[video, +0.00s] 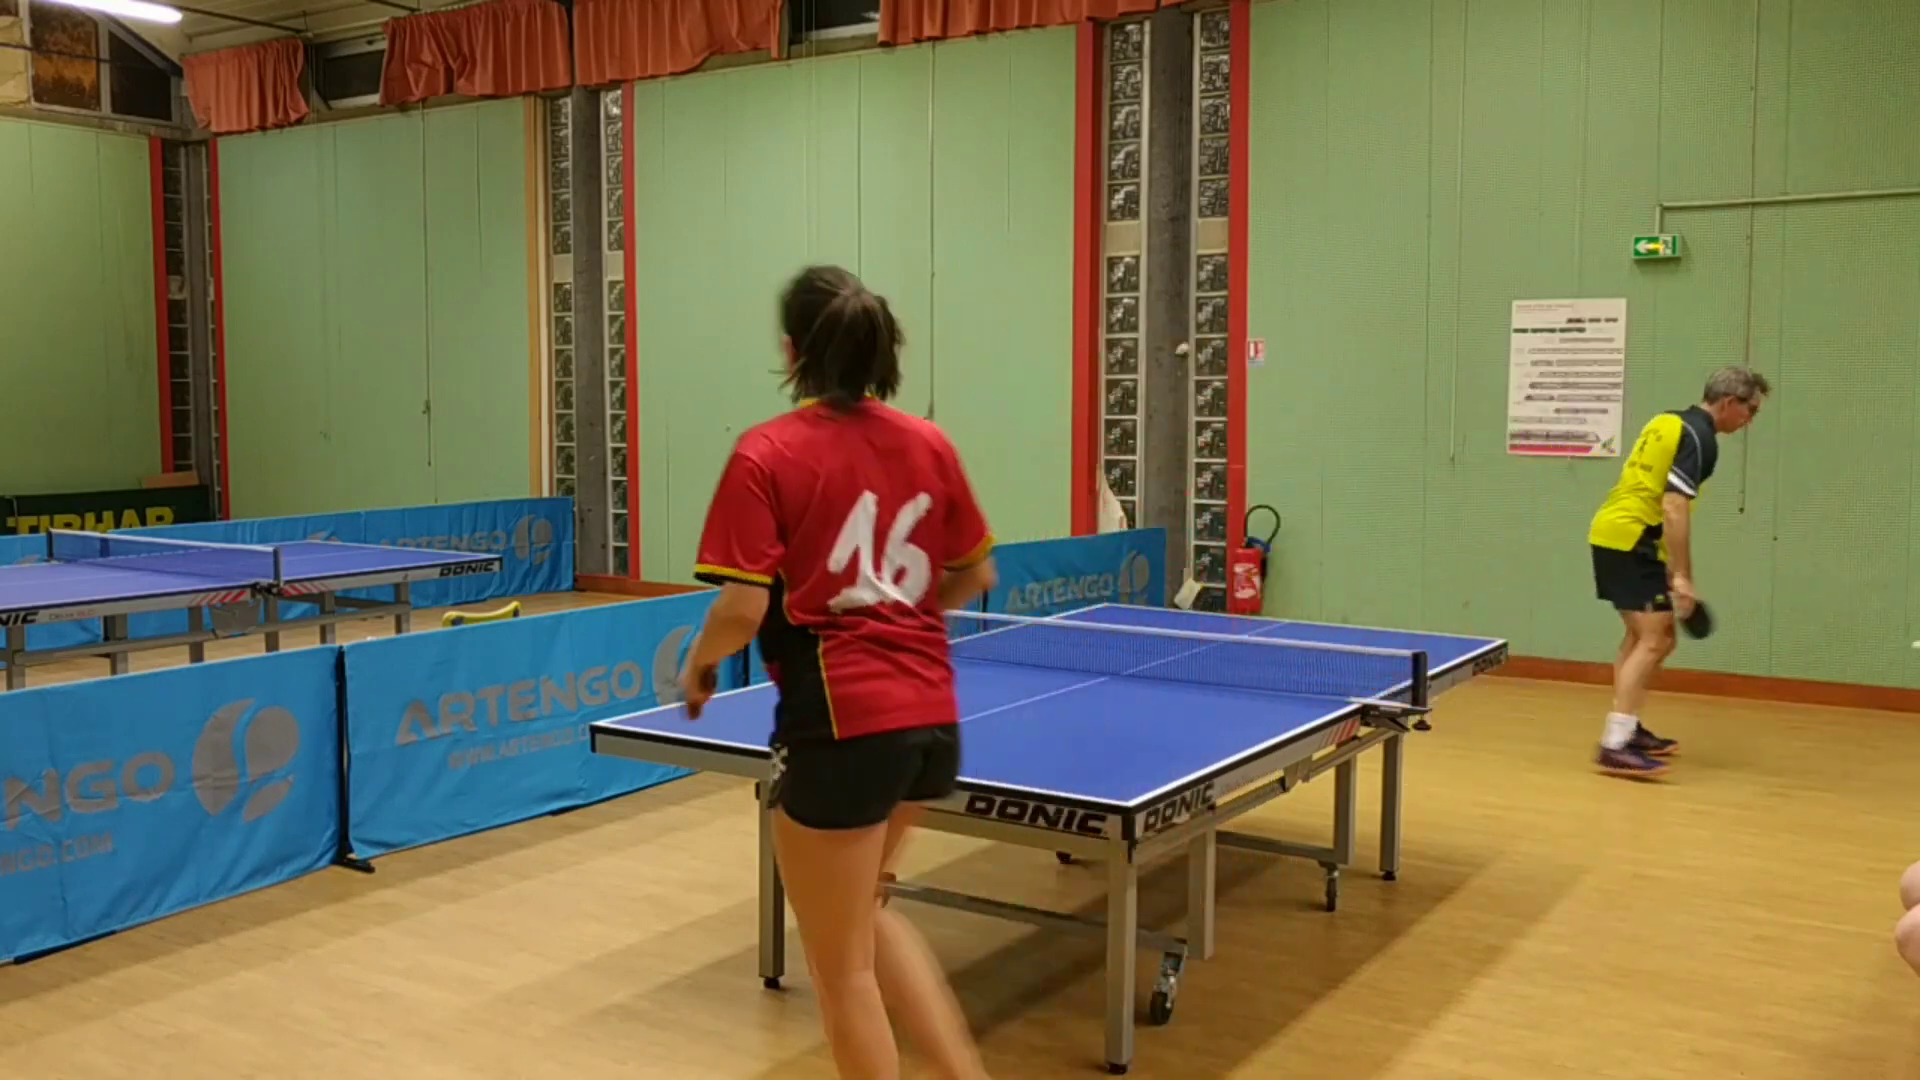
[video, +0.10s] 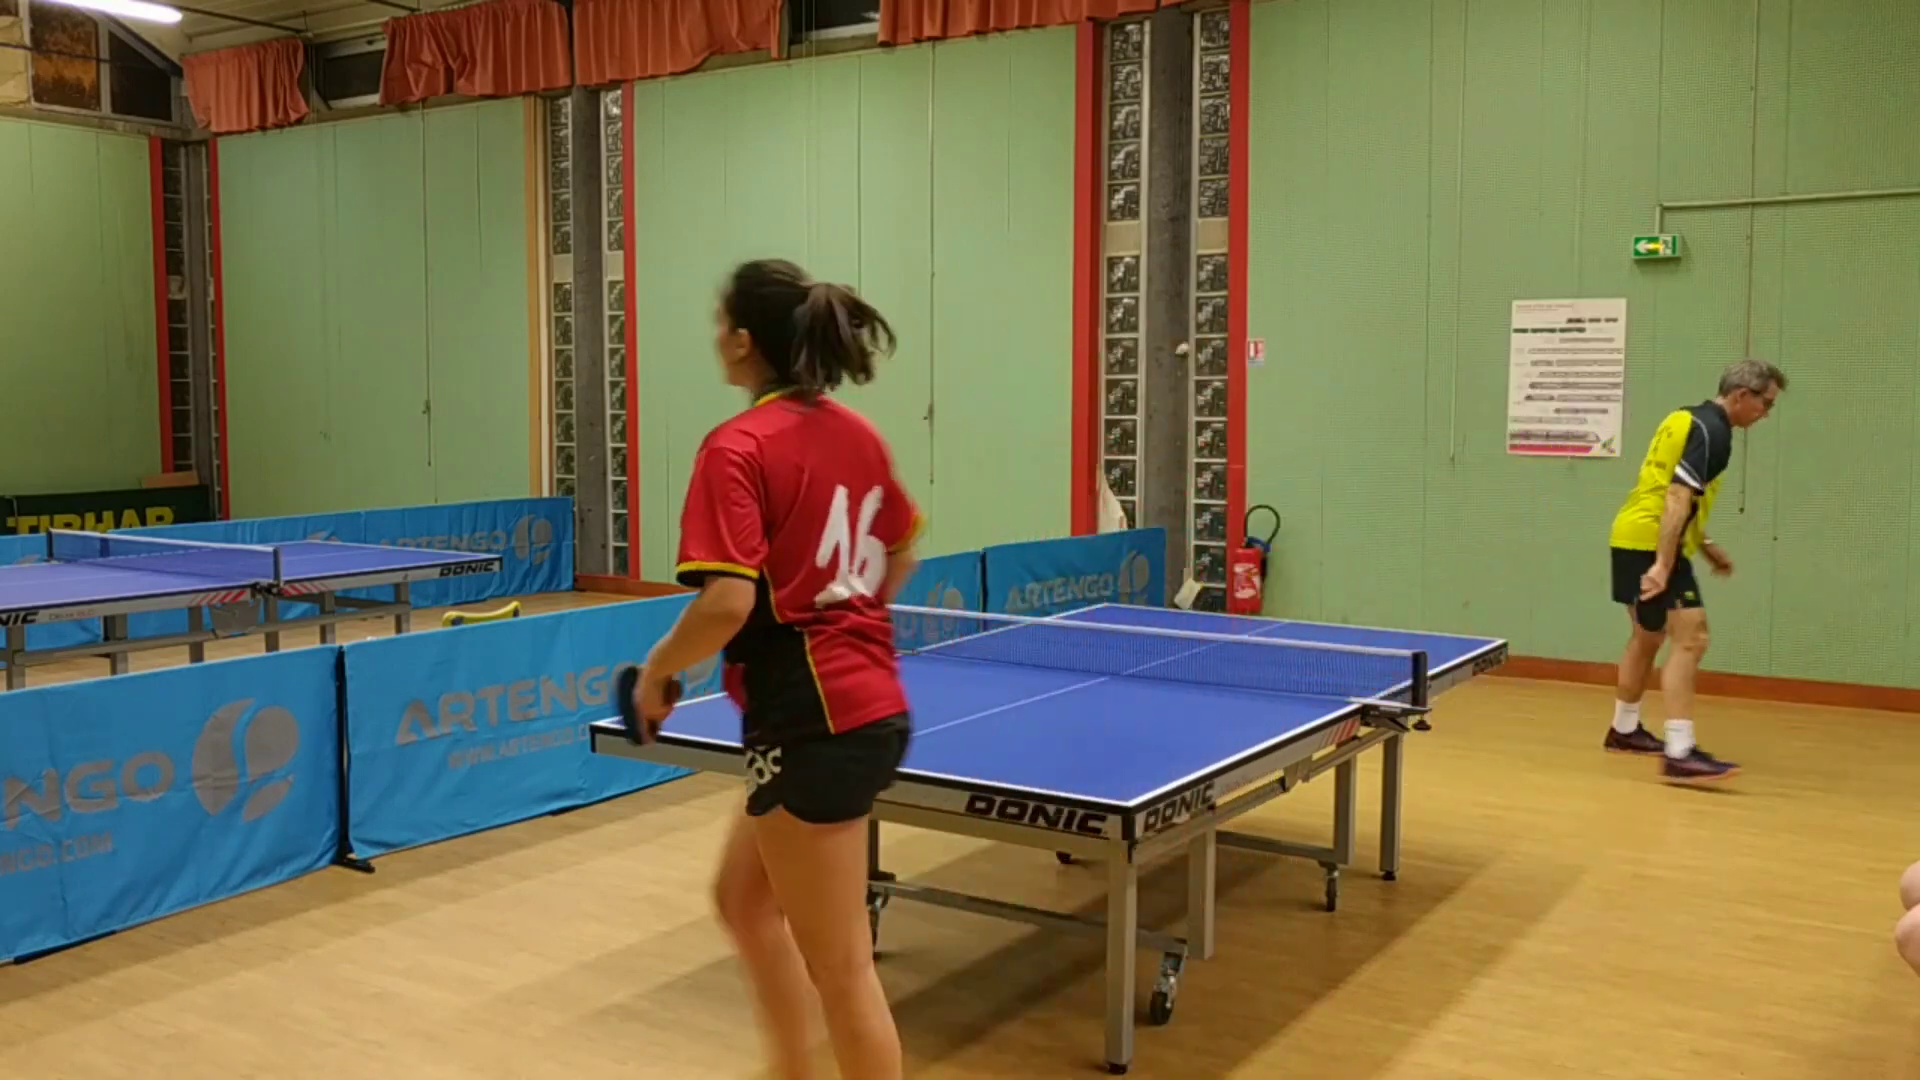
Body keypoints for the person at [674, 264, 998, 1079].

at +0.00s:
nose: (782, 347)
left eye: (784, 337)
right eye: (785, 336)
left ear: (794, 348)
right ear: (876, 346)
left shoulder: (768, 452)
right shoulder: (927, 443)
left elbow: (741, 611)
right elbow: (972, 572)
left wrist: (698, 663)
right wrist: (896, 606)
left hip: (841, 734)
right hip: (933, 726)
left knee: (843, 968)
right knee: (869, 901)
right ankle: (965, 1069)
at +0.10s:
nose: (719, 340)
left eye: (722, 327)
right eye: (722, 326)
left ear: (741, 342)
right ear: (806, 339)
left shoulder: (736, 448)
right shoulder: (853, 431)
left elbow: (727, 598)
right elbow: (902, 537)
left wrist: (660, 668)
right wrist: (851, 618)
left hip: (811, 729)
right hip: (875, 714)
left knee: (842, 967)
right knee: (744, 897)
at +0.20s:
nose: (653, 347)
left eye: (663, 333)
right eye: (657, 331)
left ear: (700, 352)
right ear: (723, 355)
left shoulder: (717, 454)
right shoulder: (777, 440)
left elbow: (719, 606)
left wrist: (619, 681)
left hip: (772, 742)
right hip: (753, 736)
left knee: (836, 966)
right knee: (683, 937)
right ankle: (651, 1074)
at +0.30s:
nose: (590, 359)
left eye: (604, 346)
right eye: (595, 344)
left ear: (652, 365)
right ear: (654, 367)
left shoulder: (686, 469)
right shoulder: (673, 463)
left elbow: (715, 622)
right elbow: (693, 621)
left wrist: (590, 699)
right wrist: (601, 709)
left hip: (719, 754)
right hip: (665, 750)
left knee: (789, 970)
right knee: (607, 950)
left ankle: (874, 1072)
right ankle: (579, 1079)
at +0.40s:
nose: (527, 360)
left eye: (545, 346)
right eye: (533, 343)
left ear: (602, 367)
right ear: (595, 367)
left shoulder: (639, 468)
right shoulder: (600, 468)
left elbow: (690, 623)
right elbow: (609, 626)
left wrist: (574, 725)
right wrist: (557, 746)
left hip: (647, 762)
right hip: (578, 758)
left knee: (673, 988)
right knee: (527, 955)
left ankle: (812, 1073)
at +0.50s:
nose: (466, 358)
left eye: (486, 343)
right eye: (469, 341)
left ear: (548, 359)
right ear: (534, 360)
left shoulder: (595, 463)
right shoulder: (515, 467)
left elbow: (658, 618)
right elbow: (508, 613)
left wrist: (561, 728)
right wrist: (456, 705)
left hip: (590, 771)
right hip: (507, 763)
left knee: (544, 997)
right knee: (487, 969)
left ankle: (723, 1076)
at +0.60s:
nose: (415, 354)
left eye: (434, 336)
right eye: (413, 335)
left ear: (497, 347)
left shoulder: (560, 456)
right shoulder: (447, 457)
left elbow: (643, 596)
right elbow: (423, 591)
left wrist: (564, 717)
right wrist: (336, 689)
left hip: (533, 760)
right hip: (452, 753)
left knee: (454, 997)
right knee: (492, 990)